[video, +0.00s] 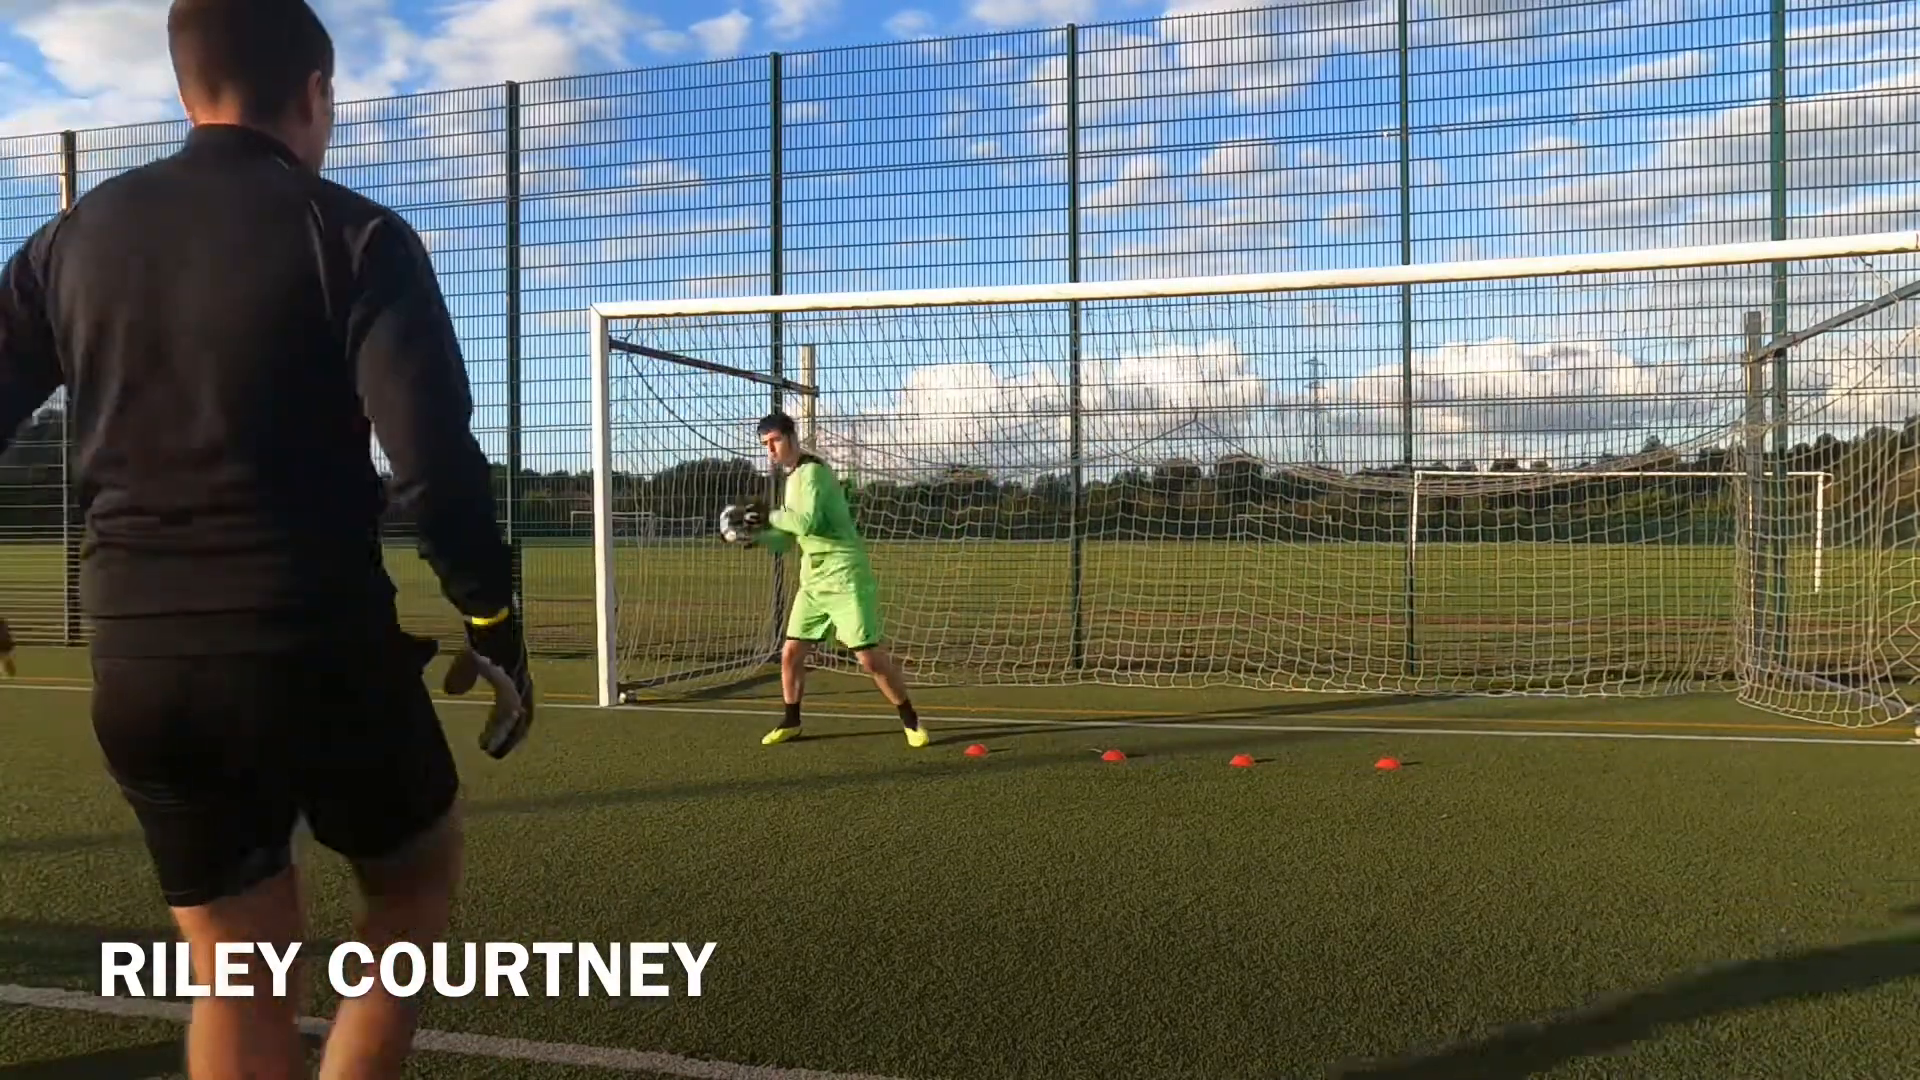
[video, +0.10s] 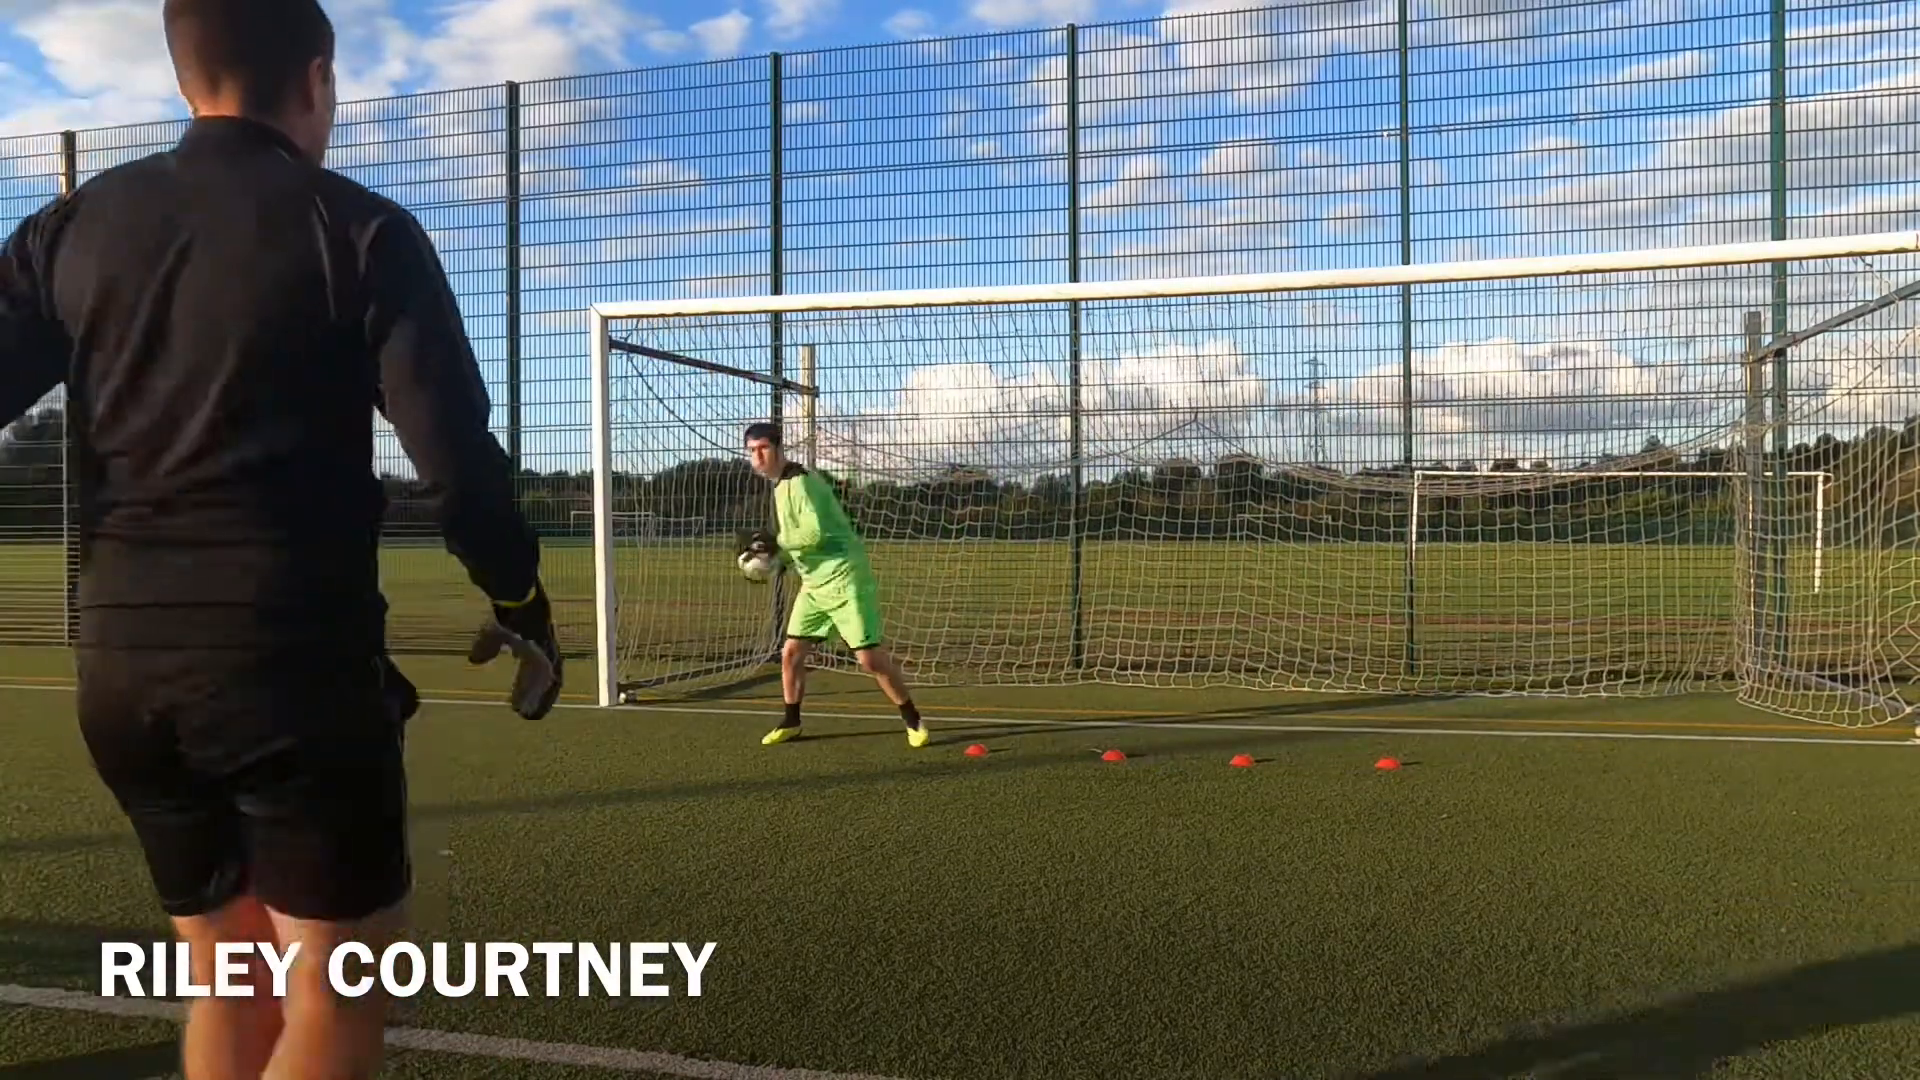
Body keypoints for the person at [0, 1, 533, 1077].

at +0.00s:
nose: (328, 120)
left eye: (329, 103)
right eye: (330, 101)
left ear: (187, 96)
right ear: (311, 93)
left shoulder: (71, 242)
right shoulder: (354, 235)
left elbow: (3, 404)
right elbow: (430, 459)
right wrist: (492, 621)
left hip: (143, 668)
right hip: (323, 655)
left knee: (233, 972)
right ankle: (351, 1060)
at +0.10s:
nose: (330, 107)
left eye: (327, 84)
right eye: (331, 83)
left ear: (189, 84)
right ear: (311, 79)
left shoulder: (75, 228)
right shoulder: (361, 231)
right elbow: (453, 453)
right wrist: (519, 592)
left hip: (123, 663)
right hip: (294, 658)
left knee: (222, 968)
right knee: (336, 978)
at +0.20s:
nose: (337, 92)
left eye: (335, 68)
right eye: (335, 68)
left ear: (191, 72)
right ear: (314, 66)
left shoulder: (66, 215)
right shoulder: (357, 219)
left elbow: (1, 367)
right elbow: (446, 445)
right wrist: (511, 576)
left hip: (93, 655)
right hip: (269, 654)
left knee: (217, 975)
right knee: (251, 999)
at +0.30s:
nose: (338, 86)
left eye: (337, 59)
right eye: (336, 58)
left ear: (186, 59)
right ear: (313, 57)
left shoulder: (51, 193)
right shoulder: (340, 211)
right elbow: (410, 456)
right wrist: (482, 578)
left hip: (52, 654)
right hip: (241, 655)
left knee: (180, 963)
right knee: (202, 1014)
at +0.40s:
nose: (328, 66)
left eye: (325, 43)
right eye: (326, 41)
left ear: (172, 40)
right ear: (306, 36)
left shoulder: (26, 172)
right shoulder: (335, 198)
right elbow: (356, 455)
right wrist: (424, 593)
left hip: (24, 642)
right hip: (213, 647)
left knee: (165, 986)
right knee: (175, 1006)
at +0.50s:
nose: (305, 48)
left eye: (301, 30)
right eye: (304, 28)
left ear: (147, 30)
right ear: (286, 23)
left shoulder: (15, 153)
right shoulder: (325, 188)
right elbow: (333, 450)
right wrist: (369, 600)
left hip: (5, 626)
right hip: (181, 635)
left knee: (83, 994)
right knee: (181, 1024)